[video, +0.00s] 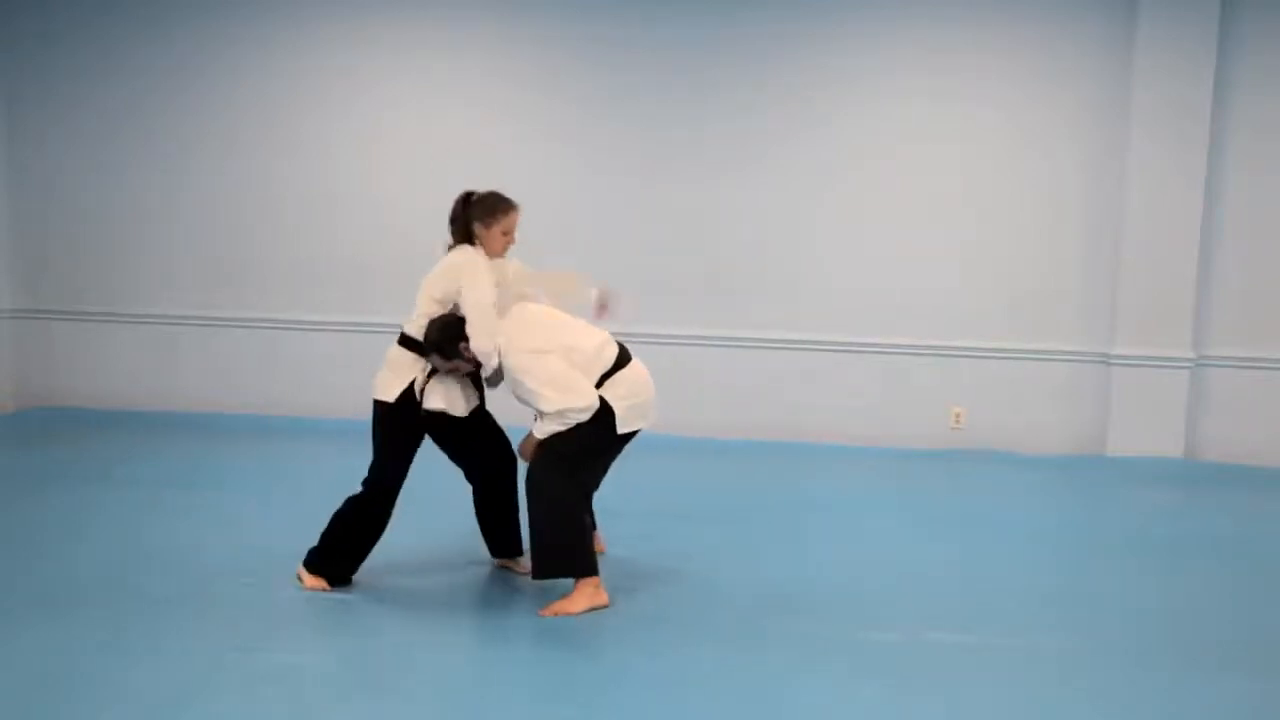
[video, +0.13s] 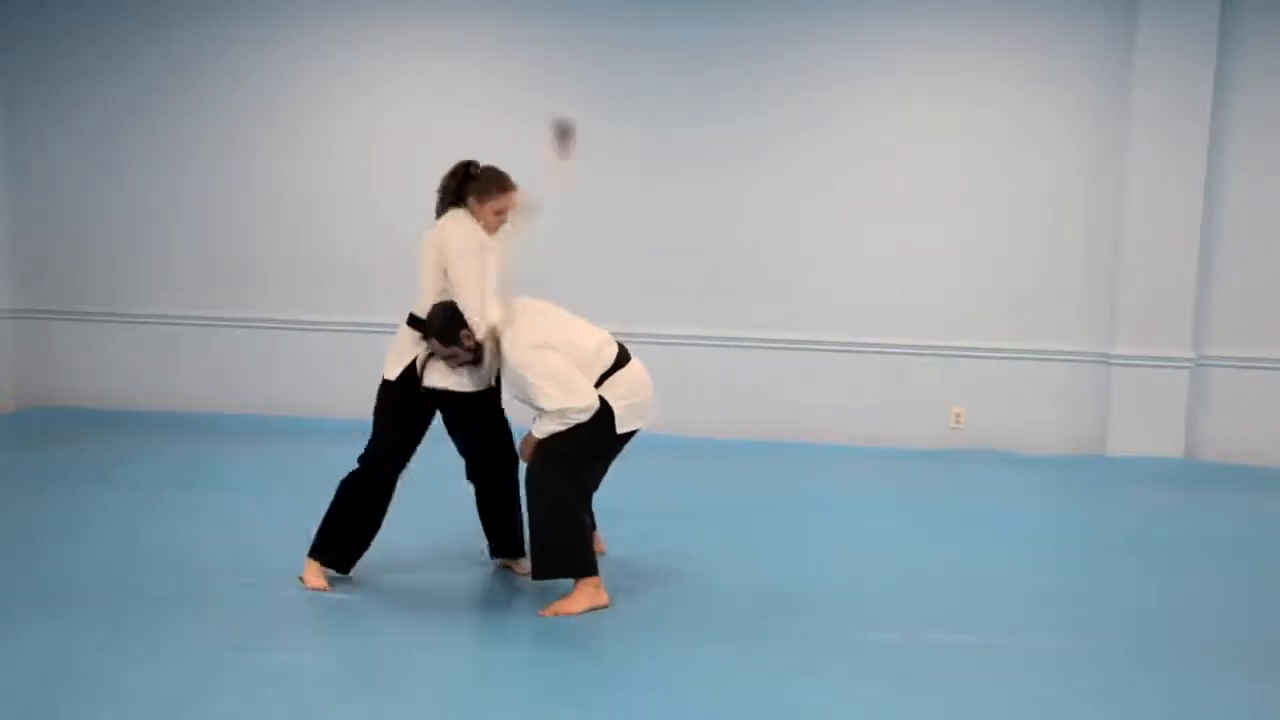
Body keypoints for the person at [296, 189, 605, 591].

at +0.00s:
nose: (512, 240)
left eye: (514, 231)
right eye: (506, 232)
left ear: (485, 231)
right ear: (480, 229)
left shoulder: (491, 265)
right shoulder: (469, 264)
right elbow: (485, 346)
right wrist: (489, 368)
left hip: (450, 390)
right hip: (409, 388)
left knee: (496, 460)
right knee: (384, 484)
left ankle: (507, 552)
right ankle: (320, 568)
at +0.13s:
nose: (502, 220)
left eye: (506, 212)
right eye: (496, 212)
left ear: (509, 207)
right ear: (473, 202)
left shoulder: (496, 228)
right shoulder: (453, 227)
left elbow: (533, 200)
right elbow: (467, 290)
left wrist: (560, 158)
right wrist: (479, 334)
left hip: (472, 373)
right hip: (420, 370)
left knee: (497, 463)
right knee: (382, 466)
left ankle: (509, 552)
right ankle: (321, 558)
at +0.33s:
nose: (489, 217)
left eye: (494, 208)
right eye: (480, 211)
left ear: (501, 197)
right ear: (456, 202)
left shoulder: (496, 210)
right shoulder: (433, 215)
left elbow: (527, 181)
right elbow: (399, 255)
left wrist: (496, 153)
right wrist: (445, 275)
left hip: (473, 359)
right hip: (419, 351)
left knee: (500, 450)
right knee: (365, 437)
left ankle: (505, 550)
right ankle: (296, 532)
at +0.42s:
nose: (479, 230)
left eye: (483, 222)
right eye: (470, 225)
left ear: (491, 212)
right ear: (448, 217)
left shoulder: (498, 238)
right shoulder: (426, 233)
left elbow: (536, 237)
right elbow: (388, 271)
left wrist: (518, 195)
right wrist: (429, 277)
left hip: (469, 372)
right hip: (410, 366)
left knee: (501, 459)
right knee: (351, 447)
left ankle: (507, 558)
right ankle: (285, 531)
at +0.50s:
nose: (476, 253)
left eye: (479, 245)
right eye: (467, 247)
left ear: (484, 241)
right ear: (440, 241)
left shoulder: (488, 271)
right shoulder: (415, 261)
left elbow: (522, 313)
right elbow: (378, 305)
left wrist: (522, 266)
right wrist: (419, 293)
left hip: (457, 390)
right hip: (398, 382)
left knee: (498, 470)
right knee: (337, 458)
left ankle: (515, 553)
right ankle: (283, 543)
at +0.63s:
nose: (460, 297)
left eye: (465, 288)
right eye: (452, 289)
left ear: (473, 281)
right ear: (425, 283)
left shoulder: (476, 310)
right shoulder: (397, 303)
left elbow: (505, 332)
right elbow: (371, 352)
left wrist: (490, 285)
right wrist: (396, 342)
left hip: (437, 415)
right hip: (375, 407)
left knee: (488, 468)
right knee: (303, 470)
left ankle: (509, 550)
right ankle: (276, 556)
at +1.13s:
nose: (405, 274)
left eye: (410, 264)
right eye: (395, 266)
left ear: (416, 256)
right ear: (372, 262)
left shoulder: (424, 292)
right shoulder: (347, 292)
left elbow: (449, 346)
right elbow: (325, 349)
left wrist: (448, 296)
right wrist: (353, 347)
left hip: (414, 404)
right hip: (355, 404)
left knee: (485, 461)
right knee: (285, 466)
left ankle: (505, 550)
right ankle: (277, 554)